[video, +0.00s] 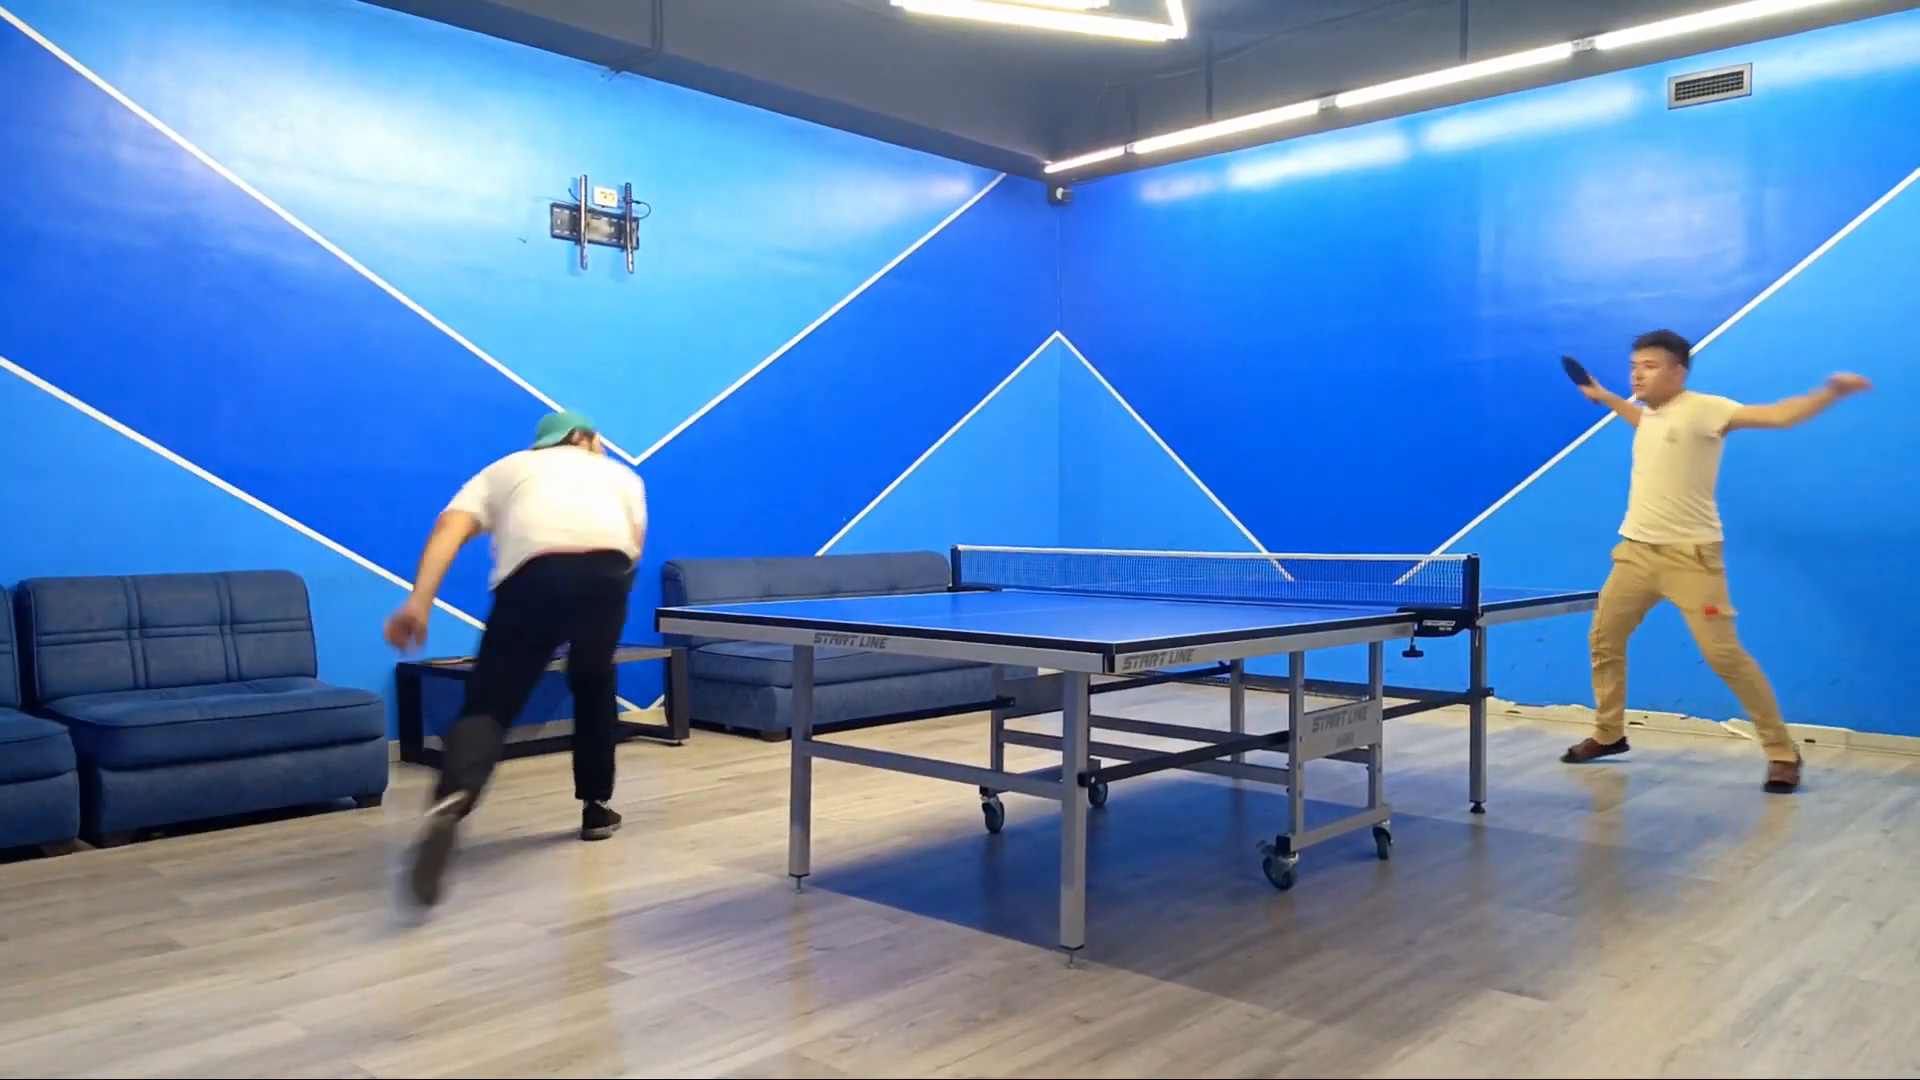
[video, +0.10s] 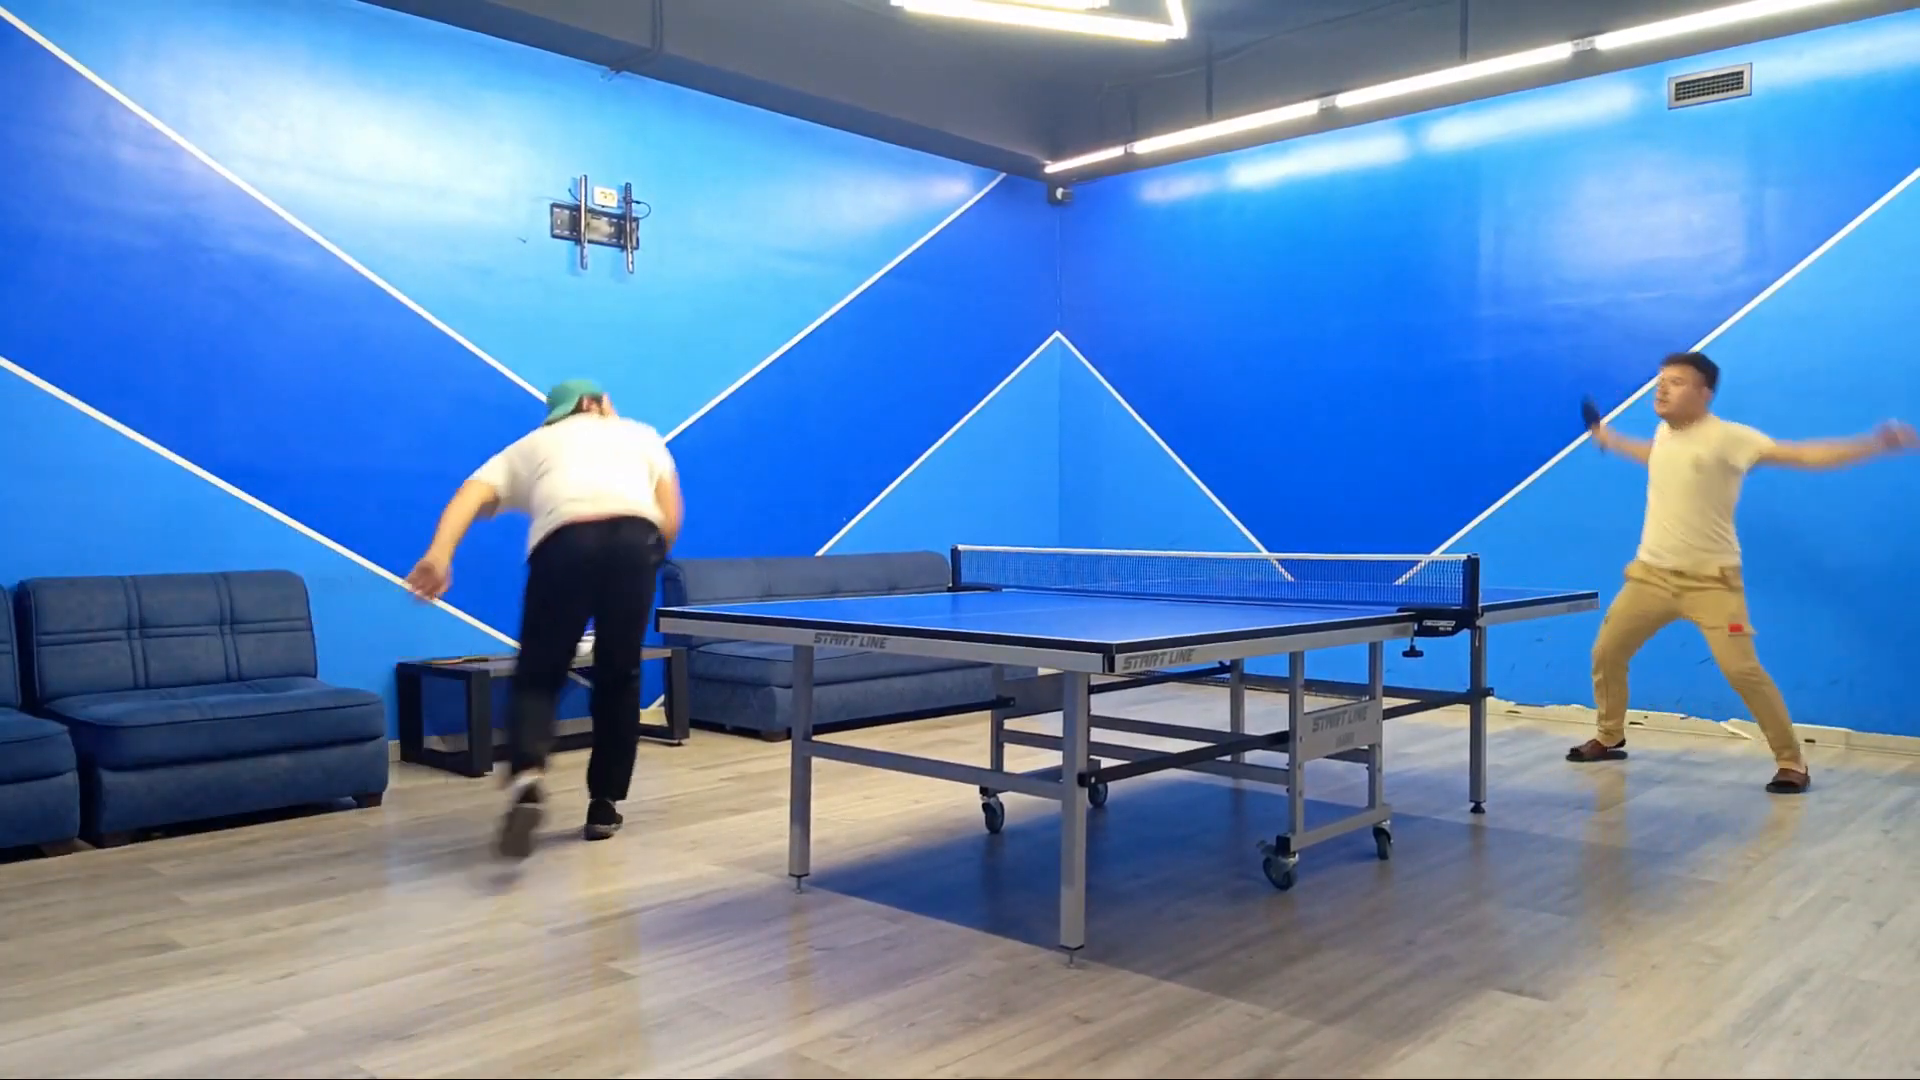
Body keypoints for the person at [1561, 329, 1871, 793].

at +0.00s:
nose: (1638, 375)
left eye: (1649, 367)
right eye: (1634, 368)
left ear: (1678, 371)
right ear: (1637, 374)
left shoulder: (1706, 410)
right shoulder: (1647, 414)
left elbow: (1778, 415)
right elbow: (1636, 413)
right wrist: (1601, 395)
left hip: (1692, 556)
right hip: (1636, 551)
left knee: (1723, 655)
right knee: (1604, 638)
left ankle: (1782, 754)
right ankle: (1608, 734)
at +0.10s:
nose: (1661, 390)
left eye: (1674, 384)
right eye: (1660, 382)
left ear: (1703, 393)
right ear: (1657, 388)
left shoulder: (1730, 438)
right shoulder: (1663, 435)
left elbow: (1806, 455)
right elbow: (1653, 456)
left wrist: (1873, 445)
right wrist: (1606, 439)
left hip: (1712, 583)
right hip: (1651, 577)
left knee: (1742, 671)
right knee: (1606, 653)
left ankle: (1791, 764)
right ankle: (1609, 739)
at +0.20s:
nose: (1682, 404)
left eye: (1695, 397)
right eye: (1680, 395)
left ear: (1723, 411)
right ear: (1676, 404)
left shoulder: (1746, 462)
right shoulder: (1668, 453)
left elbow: (1806, 503)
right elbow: (1650, 492)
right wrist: (1588, 502)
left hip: (1722, 594)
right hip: (1659, 589)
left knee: (1745, 678)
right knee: (1608, 661)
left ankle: (1791, 765)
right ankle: (1609, 741)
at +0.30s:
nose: (1689, 407)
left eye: (1702, 401)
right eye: (1686, 400)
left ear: (1728, 415)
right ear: (1681, 409)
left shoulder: (1750, 468)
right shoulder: (1667, 460)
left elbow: (1795, 527)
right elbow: (1633, 503)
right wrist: (1570, 526)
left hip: (1721, 596)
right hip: (1660, 591)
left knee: (1744, 676)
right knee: (1603, 659)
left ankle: (1791, 765)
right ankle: (1612, 742)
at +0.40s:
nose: (1683, 401)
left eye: (1697, 396)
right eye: (1681, 394)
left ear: (1723, 409)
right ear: (1675, 403)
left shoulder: (1744, 464)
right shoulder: (1654, 453)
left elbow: (1776, 525)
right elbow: (1609, 491)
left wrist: (1777, 578)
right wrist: (1557, 508)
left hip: (1713, 590)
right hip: (1650, 585)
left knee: (1741, 671)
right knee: (1598, 655)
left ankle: (1790, 764)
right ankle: (1610, 742)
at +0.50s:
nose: (1674, 387)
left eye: (1687, 382)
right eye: (1672, 380)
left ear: (1711, 394)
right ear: (1666, 387)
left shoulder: (1731, 449)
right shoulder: (1640, 435)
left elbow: (1754, 511)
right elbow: (1591, 466)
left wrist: (1755, 559)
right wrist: (1558, 480)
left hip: (1704, 577)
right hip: (1640, 572)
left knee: (1743, 664)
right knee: (1601, 649)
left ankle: (1784, 759)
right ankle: (1609, 741)